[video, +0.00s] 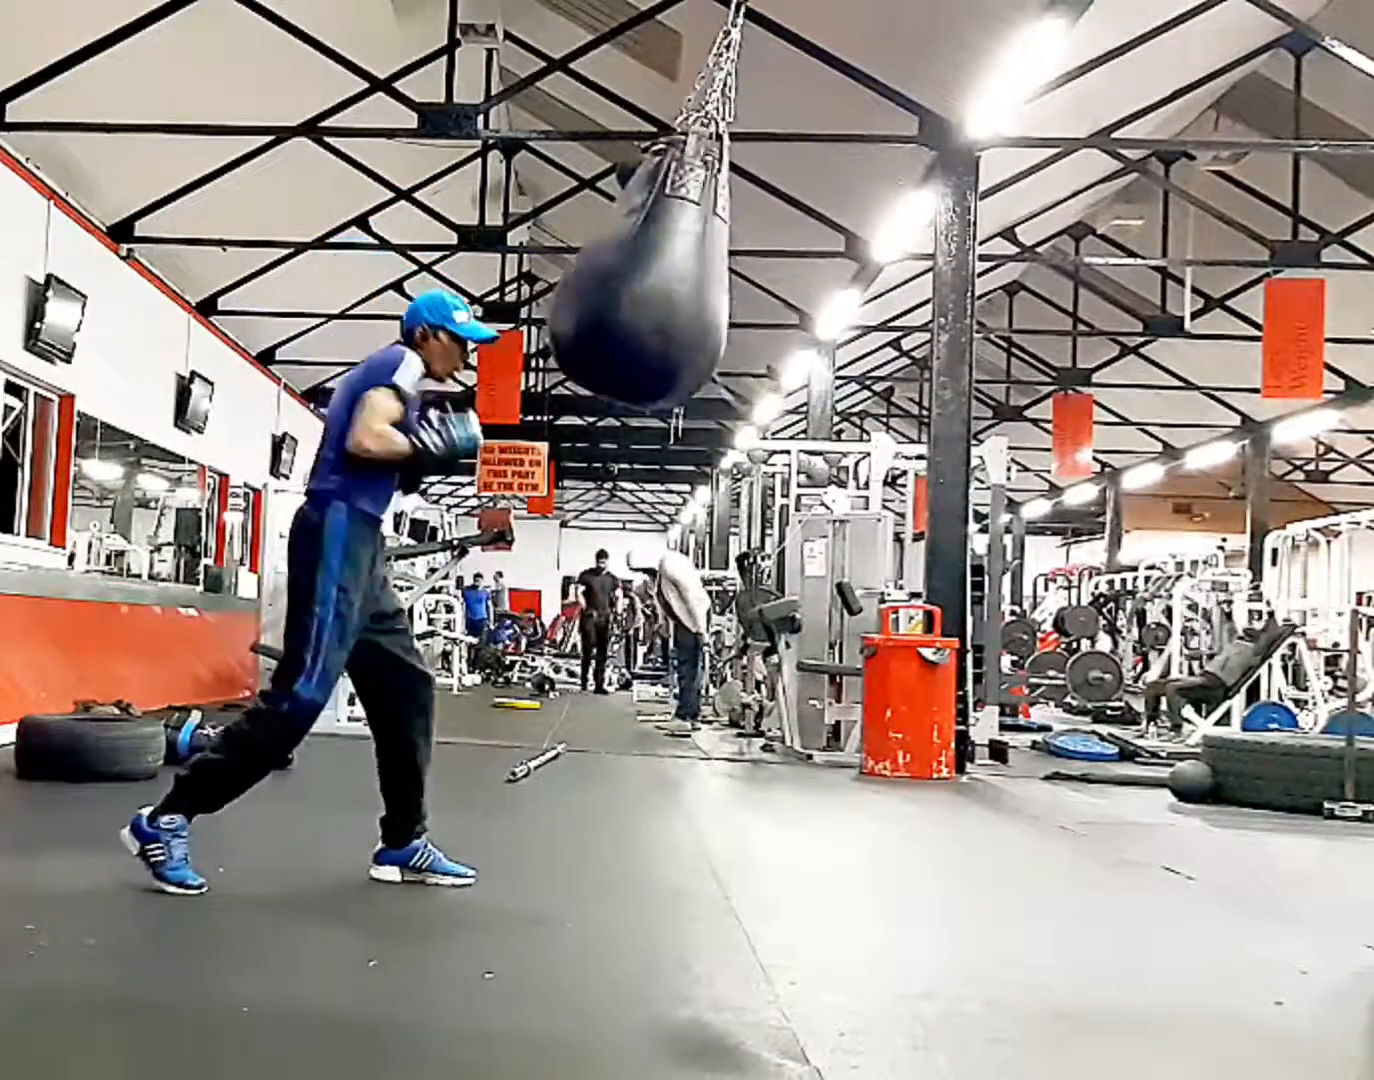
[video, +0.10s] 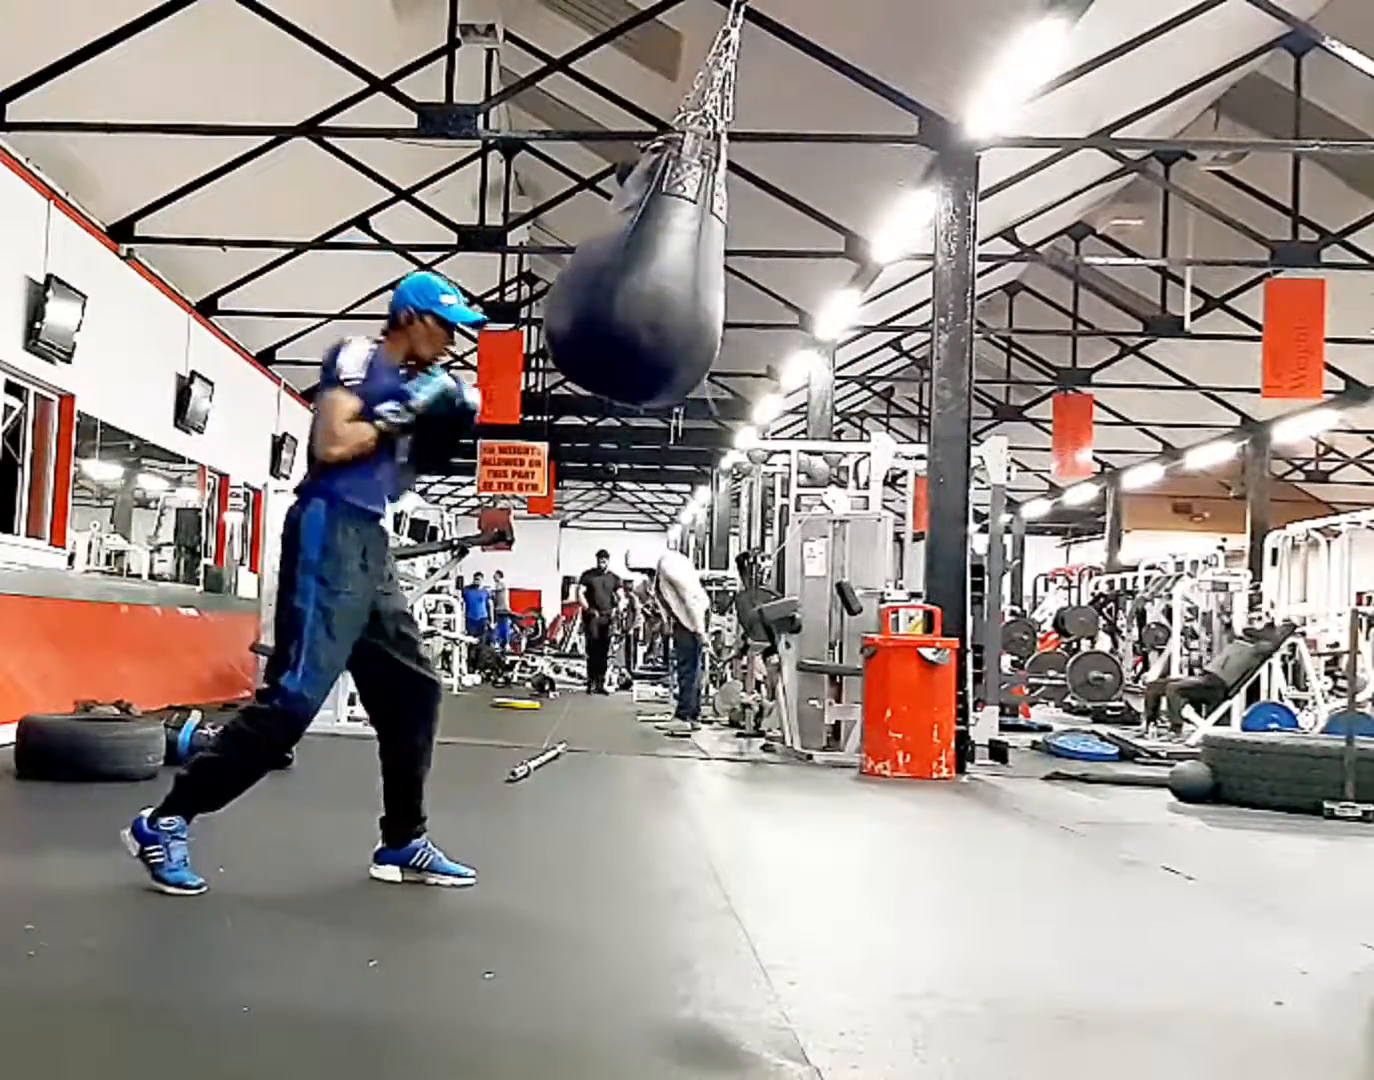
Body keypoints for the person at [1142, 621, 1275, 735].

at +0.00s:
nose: (1254, 629)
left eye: (1259, 629)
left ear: (1260, 636)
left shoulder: (1254, 652)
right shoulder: (1235, 644)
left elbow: (1272, 633)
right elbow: (1229, 629)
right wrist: (1227, 614)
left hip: (1217, 683)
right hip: (1202, 676)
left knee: (1173, 688)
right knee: (1152, 688)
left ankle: (1176, 731)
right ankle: (1149, 727)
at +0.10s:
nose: (1265, 636)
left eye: (1266, 634)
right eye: (1265, 633)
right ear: (1257, 635)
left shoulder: (1257, 649)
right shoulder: (1236, 643)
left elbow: (1275, 644)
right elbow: (1228, 633)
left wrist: (1287, 628)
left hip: (1217, 683)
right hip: (1203, 676)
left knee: (1174, 689)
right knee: (1153, 687)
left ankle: (1176, 731)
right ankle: (1148, 727)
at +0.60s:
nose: (1250, 629)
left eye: (1255, 629)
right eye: (1249, 628)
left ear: (1258, 637)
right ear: (1245, 633)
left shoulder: (1257, 650)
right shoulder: (1233, 644)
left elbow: (1276, 642)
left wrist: (1284, 631)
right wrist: (1222, 614)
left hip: (1218, 682)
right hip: (1203, 676)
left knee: (1173, 688)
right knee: (1151, 688)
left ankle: (1176, 732)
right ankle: (1148, 729)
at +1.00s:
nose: (1248, 628)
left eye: (1252, 628)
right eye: (1247, 627)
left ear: (1255, 637)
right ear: (1243, 632)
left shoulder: (1256, 650)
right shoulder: (1235, 641)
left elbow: (1272, 633)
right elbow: (1233, 625)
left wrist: (1270, 608)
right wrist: (1228, 609)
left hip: (1218, 682)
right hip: (1204, 675)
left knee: (1174, 689)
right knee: (1152, 688)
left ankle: (1176, 731)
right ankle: (1149, 727)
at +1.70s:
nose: (1249, 628)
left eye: (1254, 627)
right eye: (1248, 626)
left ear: (1261, 634)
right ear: (1245, 631)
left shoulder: (1258, 650)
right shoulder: (1235, 642)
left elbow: (1287, 630)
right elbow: (1224, 628)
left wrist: (1278, 624)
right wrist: (1222, 613)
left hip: (1217, 684)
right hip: (1202, 677)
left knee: (1174, 687)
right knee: (1152, 688)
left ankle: (1176, 731)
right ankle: (1148, 728)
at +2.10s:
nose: (1248, 632)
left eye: (1252, 631)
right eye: (1245, 631)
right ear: (1243, 633)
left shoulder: (1254, 653)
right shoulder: (1234, 645)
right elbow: (1235, 626)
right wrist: (1229, 605)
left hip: (1218, 682)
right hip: (1203, 676)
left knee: (1174, 688)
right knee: (1152, 688)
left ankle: (1175, 730)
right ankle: (1149, 727)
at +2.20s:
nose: (1257, 629)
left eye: (1262, 627)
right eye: (1258, 627)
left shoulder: (1255, 653)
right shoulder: (1236, 642)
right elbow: (1236, 627)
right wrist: (1229, 606)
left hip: (1218, 682)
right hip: (1204, 675)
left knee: (1173, 688)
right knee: (1152, 688)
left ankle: (1175, 732)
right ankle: (1148, 727)